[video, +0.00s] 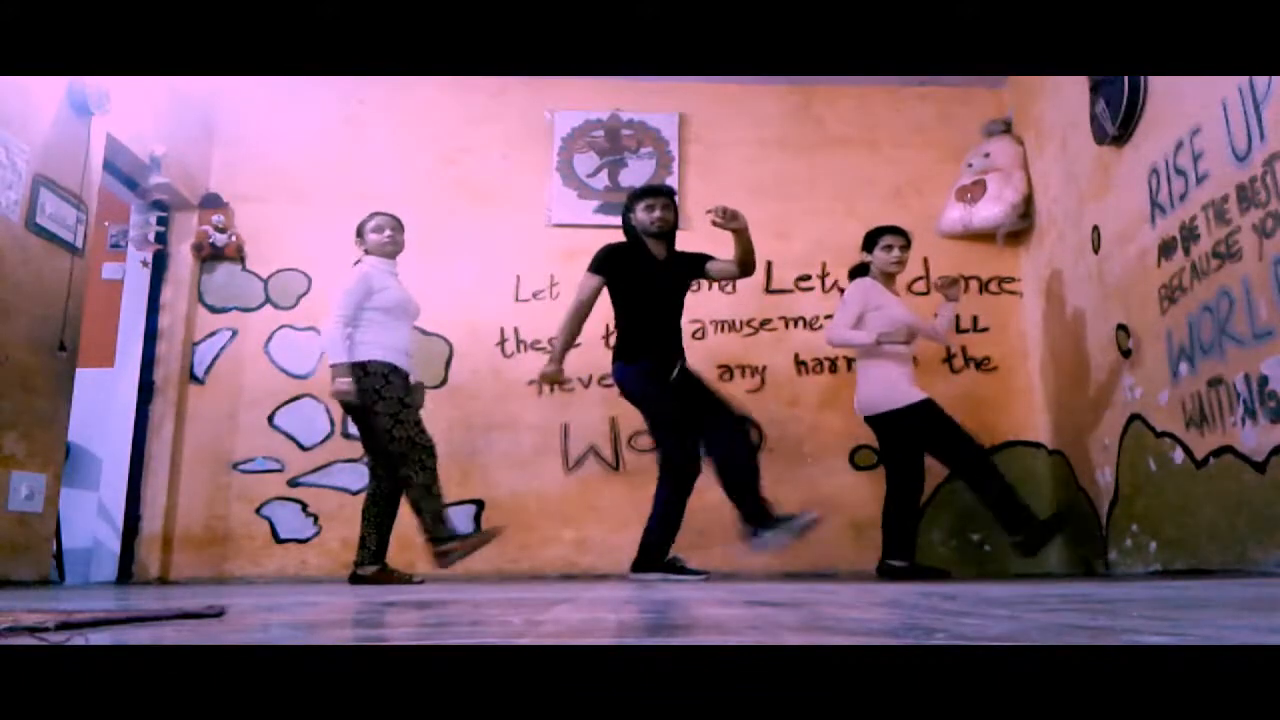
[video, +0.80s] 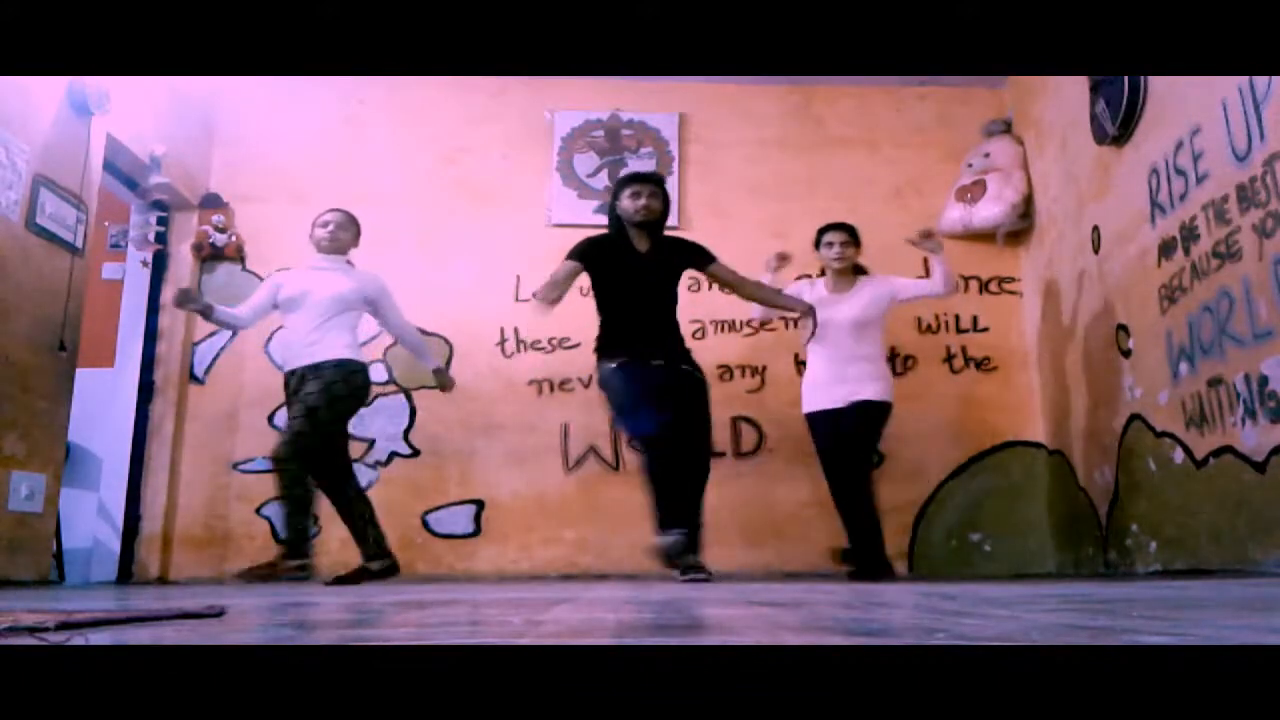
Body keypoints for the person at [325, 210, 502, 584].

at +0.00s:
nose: (388, 234)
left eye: (394, 229)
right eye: (377, 229)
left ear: (403, 241)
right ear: (362, 242)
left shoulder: (394, 283)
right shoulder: (363, 275)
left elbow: (400, 340)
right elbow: (338, 323)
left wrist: (413, 380)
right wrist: (341, 372)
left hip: (393, 378)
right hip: (371, 375)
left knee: (388, 472)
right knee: (417, 451)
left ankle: (369, 564)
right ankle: (443, 540)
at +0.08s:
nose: (386, 235)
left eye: (394, 230)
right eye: (376, 230)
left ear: (403, 242)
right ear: (360, 242)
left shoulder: (394, 285)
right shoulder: (362, 275)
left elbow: (398, 343)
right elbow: (331, 324)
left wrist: (416, 379)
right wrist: (329, 377)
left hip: (389, 379)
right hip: (366, 375)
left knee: (385, 470)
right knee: (419, 448)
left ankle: (371, 562)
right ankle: (406, 542)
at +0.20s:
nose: (381, 235)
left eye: (389, 231)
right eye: (371, 230)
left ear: (399, 244)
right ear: (356, 243)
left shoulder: (397, 294)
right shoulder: (353, 279)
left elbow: (401, 352)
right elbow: (313, 323)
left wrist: (436, 384)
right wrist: (312, 380)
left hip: (391, 382)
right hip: (362, 378)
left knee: (397, 462)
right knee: (393, 459)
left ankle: (370, 561)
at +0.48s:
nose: (363, 240)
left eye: (372, 237)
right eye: (355, 236)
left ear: (385, 250)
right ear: (341, 247)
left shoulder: (398, 298)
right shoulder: (325, 287)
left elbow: (410, 340)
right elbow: (295, 339)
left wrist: (421, 357)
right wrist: (280, 393)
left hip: (380, 394)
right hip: (332, 390)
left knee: (398, 473)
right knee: (348, 475)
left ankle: (371, 564)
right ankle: (320, 563)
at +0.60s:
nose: (348, 234)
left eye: (357, 230)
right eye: (341, 229)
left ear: (372, 244)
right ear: (327, 242)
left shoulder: (390, 286)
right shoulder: (309, 284)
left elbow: (418, 330)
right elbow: (277, 329)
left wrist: (435, 372)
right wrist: (243, 357)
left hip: (369, 388)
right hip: (314, 387)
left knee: (369, 476)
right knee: (319, 477)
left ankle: (369, 560)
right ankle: (321, 565)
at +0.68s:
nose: (341, 228)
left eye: (351, 224)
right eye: (334, 224)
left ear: (366, 239)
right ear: (321, 237)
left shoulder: (379, 280)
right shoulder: (301, 282)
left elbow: (414, 327)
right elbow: (267, 327)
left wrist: (442, 375)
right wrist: (221, 337)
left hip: (358, 380)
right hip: (305, 382)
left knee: (337, 458)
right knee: (312, 470)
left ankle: (358, 555)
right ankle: (330, 560)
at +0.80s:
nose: (330, 228)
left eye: (341, 226)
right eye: (324, 224)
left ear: (354, 241)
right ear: (310, 235)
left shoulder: (364, 280)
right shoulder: (284, 279)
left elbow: (402, 330)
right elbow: (242, 317)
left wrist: (435, 368)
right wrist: (203, 307)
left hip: (343, 377)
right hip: (300, 382)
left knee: (289, 455)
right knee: (332, 471)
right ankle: (379, 558)